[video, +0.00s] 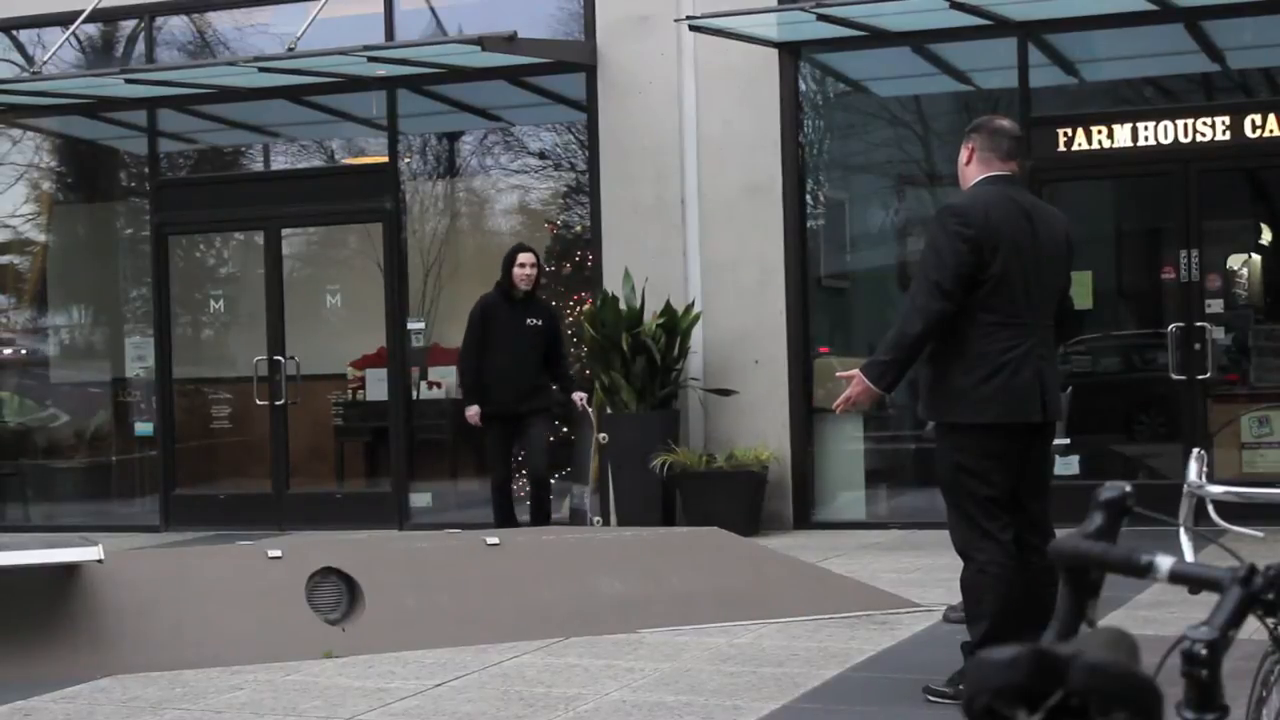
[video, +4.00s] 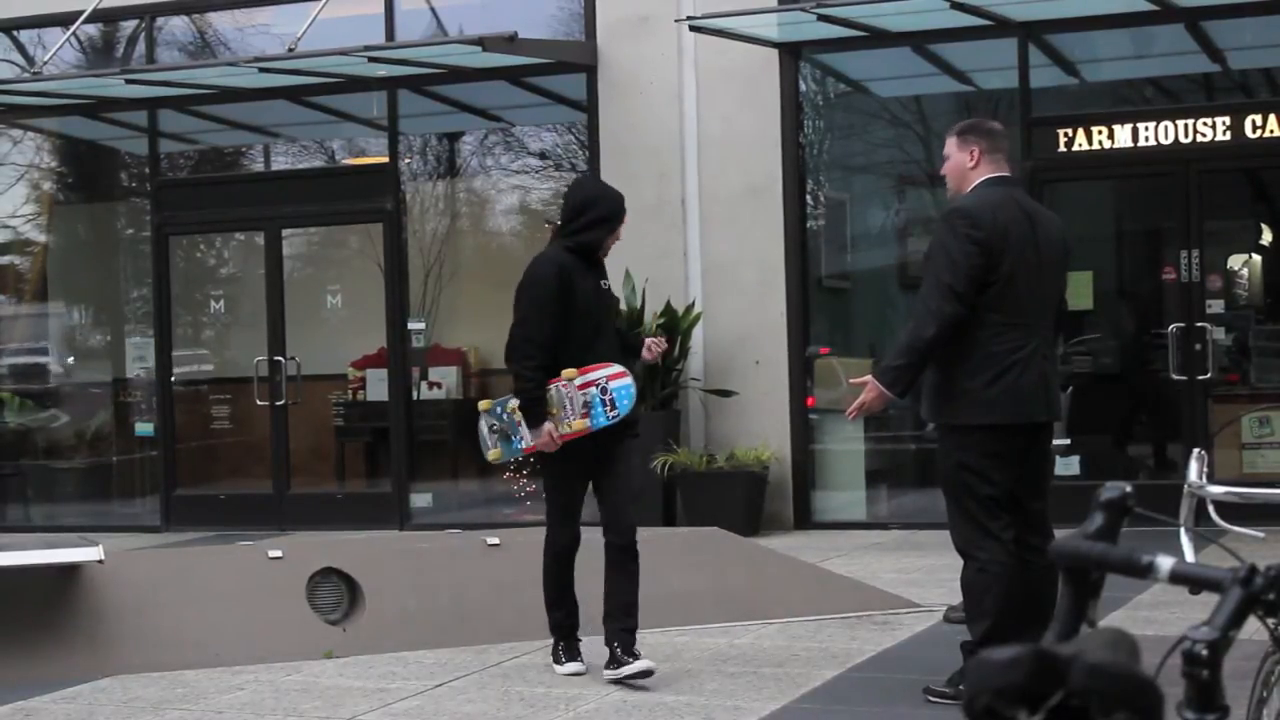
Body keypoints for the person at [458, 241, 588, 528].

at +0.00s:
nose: (527, 272)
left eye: (532, 266)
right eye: (521, 266)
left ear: (538, 272)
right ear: (509, 270)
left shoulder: (545, 312)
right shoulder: (487, 307)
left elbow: (556, 359)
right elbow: (468, 356)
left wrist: (572, 389)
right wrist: (470, 400)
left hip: (535, 401)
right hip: (496, 402)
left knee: (539, 471)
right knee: (501, 476)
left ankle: (541, 536)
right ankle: (508, 537)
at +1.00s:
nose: (553, 261)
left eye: (558, 253)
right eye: (545, 255)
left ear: (566, 256)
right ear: (533, 258)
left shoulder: (582, 298)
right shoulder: (515, 299)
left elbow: (604, 350)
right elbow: (489, 349)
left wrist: (585, 320)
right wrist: (516, 376)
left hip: (576, 406)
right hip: (535, 408)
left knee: (581, 482)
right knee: (545, 485)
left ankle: (567, 540)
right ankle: (546, 547)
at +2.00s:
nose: (599, 191)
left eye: (606, 185)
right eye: (593, 181)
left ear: (611, 184)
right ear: (576, 175)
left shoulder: (611, 216)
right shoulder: (534, 207)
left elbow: (622, 269)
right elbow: (503, 259)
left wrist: (588, 278)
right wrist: (503, 305)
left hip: (589, 331)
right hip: (542, 330)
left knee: (583, 413)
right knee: (538, 409)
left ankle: (579, 502)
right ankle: (540, 492)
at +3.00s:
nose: (587, 169)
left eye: (591, 162)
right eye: (578, 161)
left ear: (594, 170)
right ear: (555, 166)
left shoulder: (603, 221)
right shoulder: (523, 223)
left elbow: (623, 286)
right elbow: (503, 292)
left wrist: (616, 338)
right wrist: (501, 353)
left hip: (588, 356)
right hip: (535, 357)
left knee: (588, 452)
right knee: (542, 448)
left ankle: (589, 558)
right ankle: (559, 508)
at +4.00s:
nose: (617, 238)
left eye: (619, 230)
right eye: (614, 228)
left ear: (589, 224)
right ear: (591, 223)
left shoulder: (593, 273)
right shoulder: (547, 269)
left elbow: (602, 346)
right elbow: (524, 349)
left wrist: (639, 348)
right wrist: (536, 419)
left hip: (609, 428)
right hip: (563, 431)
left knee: (622, 533)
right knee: (563, 536)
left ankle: (621, 646)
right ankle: (565, 639)